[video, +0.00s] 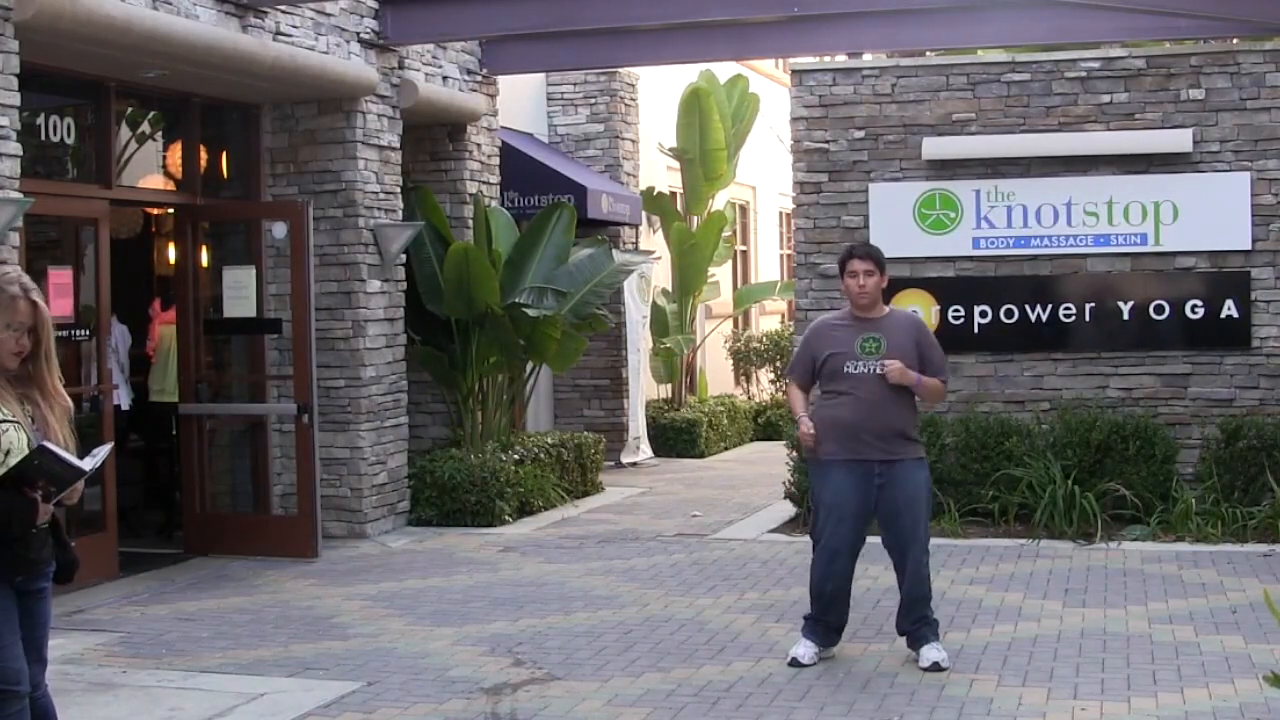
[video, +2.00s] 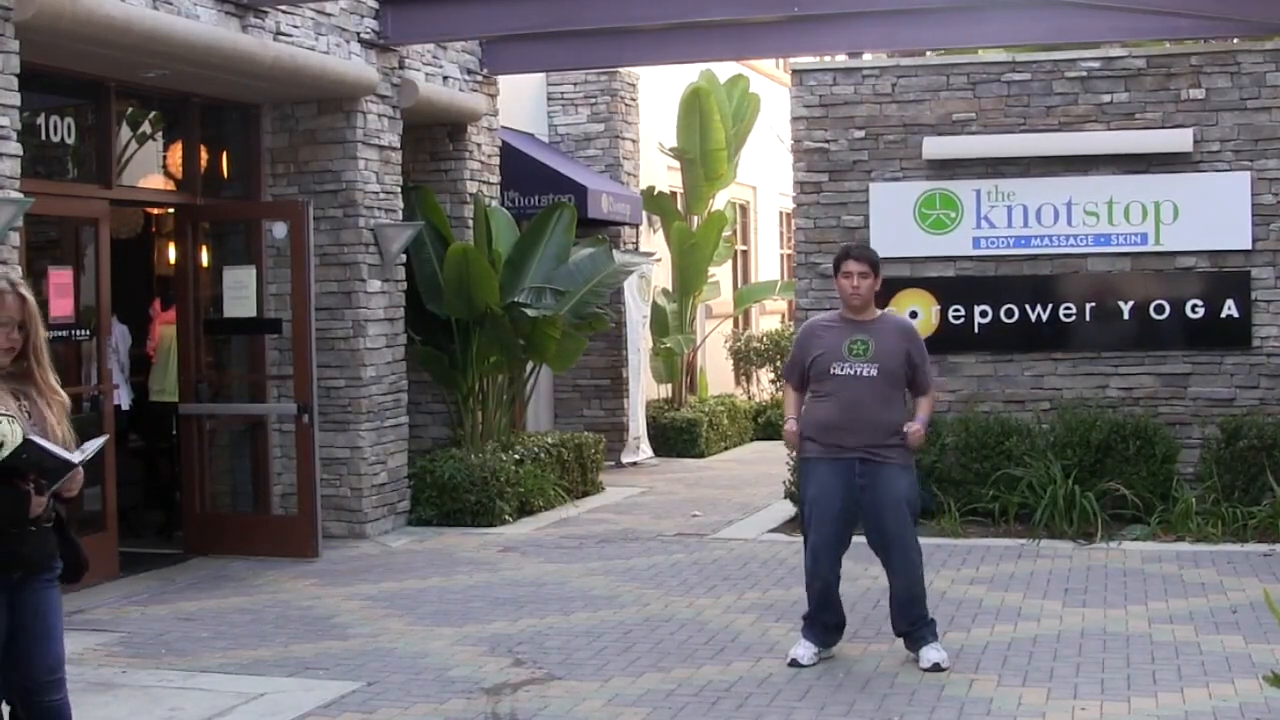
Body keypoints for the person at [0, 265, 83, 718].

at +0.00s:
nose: (22, 341)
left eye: (29, 330)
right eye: (12, 329)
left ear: (38, 333)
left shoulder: (47, 396)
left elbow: (67, 479)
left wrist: (66, 490)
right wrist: (23, 508)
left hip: (37, 556)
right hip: (2, 557)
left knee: (35, 682)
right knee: (14, 686)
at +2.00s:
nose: (10, 337)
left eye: (18, 326)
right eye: (2, 325)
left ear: (30, 331)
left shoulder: (42, 393)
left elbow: (64, 472)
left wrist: (71, 483)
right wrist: (15, 503)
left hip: (35, 565)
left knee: (46, 699)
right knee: (16, 699)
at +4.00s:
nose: (13, 337)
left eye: (22, 326)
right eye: (5, 324)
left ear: (32, 331)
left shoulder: (43, 394)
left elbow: (64, 471)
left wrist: (70, 486)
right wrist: (25, 503)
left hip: (36, 563)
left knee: (37, 692)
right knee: (14, 692)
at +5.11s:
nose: (18, 335)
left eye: (25, 325)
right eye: (8, 323)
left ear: (34, 331)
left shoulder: (41, 394)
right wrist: (26, 504)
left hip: (36, 562)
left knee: (40, 696)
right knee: (15, 698)